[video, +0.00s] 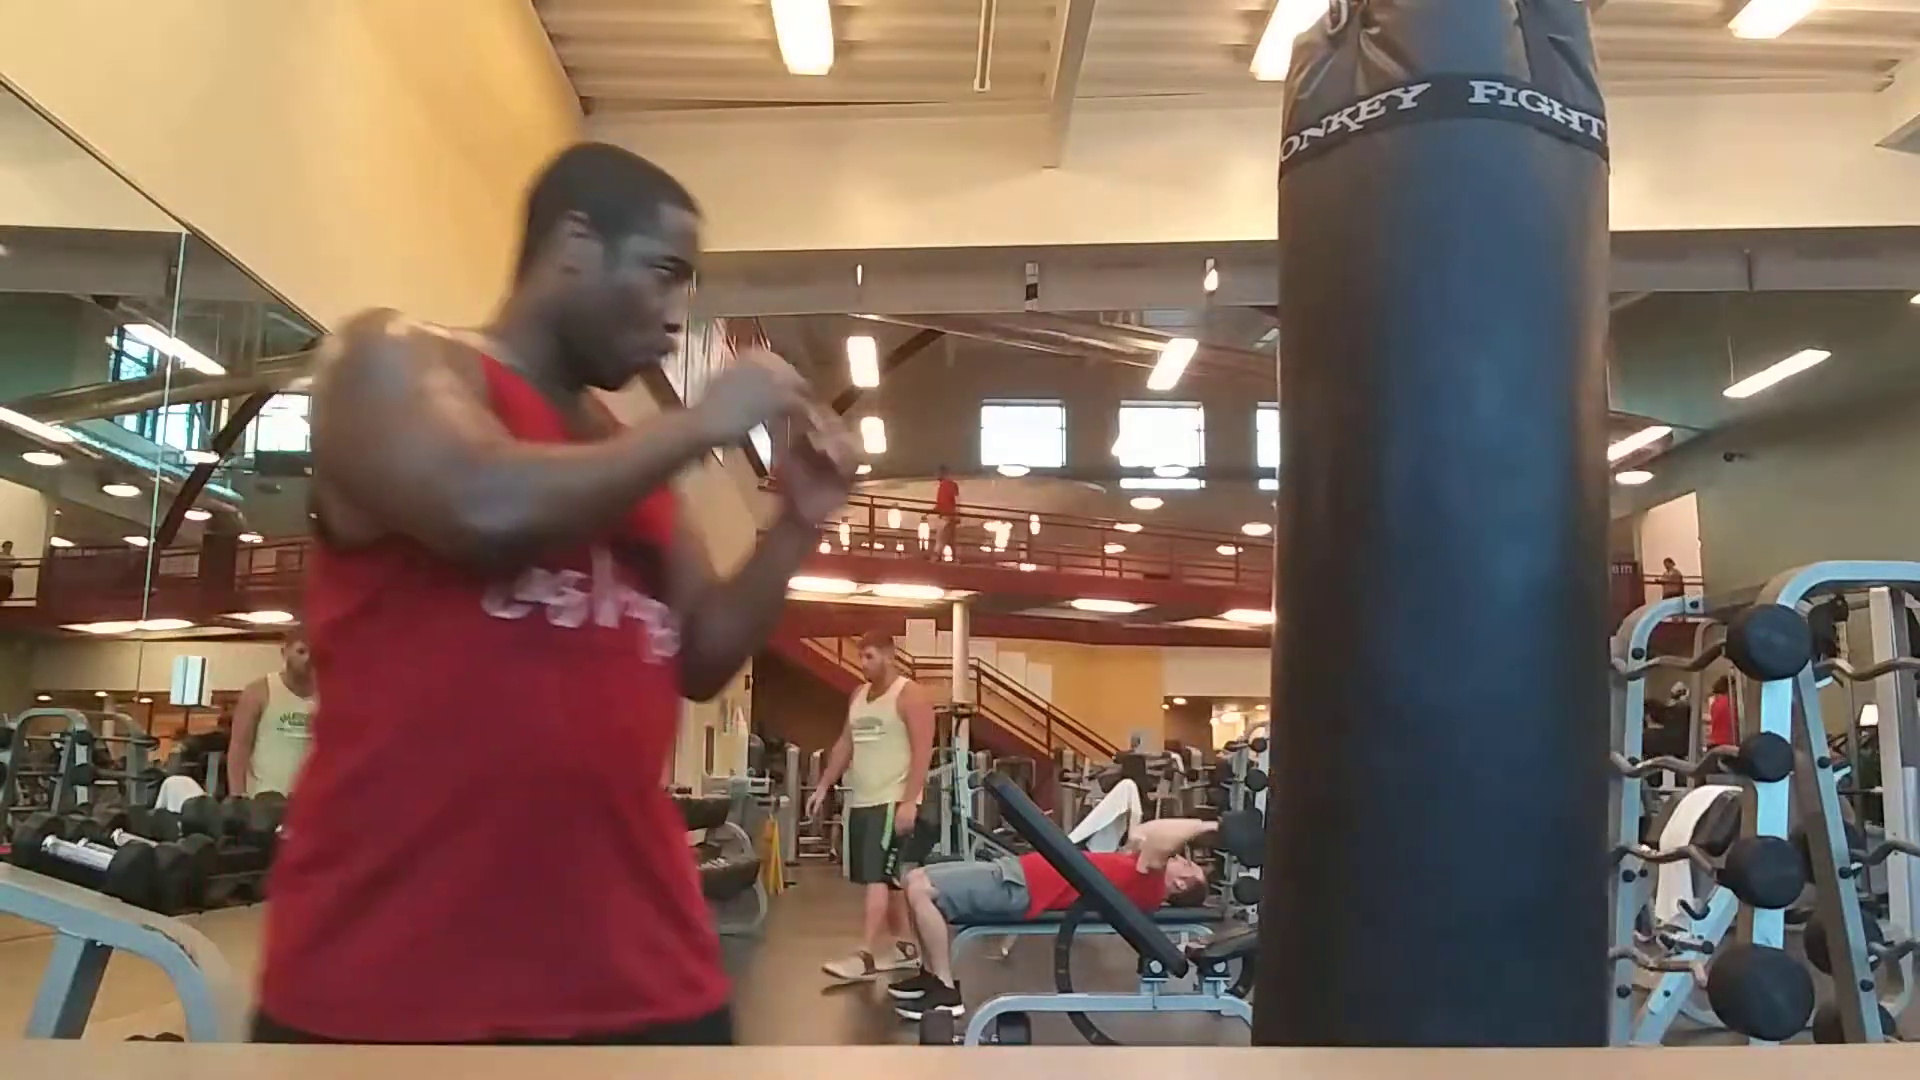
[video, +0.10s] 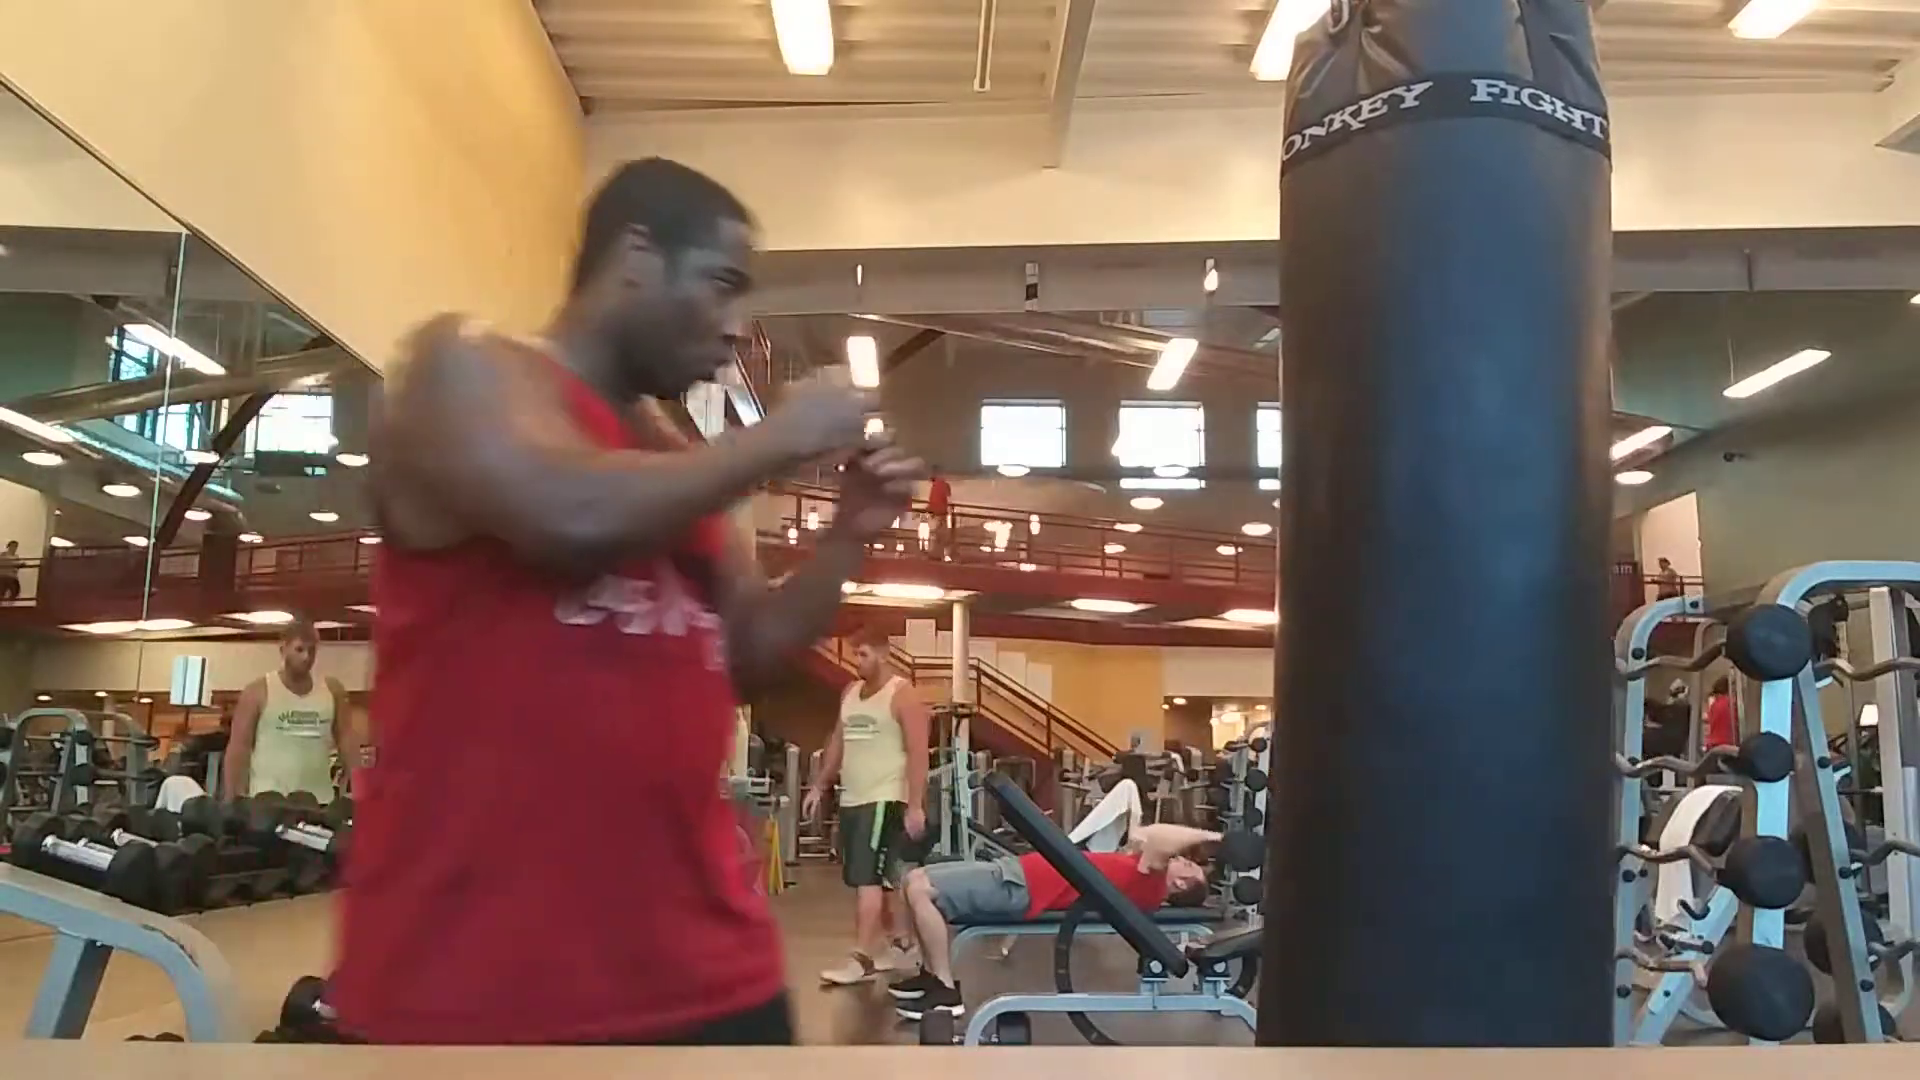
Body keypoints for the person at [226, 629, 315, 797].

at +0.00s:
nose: (308, 659)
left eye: (313, 652)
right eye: (301, 651)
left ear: (319, 655)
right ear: (284, 652)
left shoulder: (325, 696)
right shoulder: (258, 692)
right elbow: (239, 745)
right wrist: (237, 796)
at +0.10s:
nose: (306, 657)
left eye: (311, 650)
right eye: (299, 650)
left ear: (316, 651)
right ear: (283, 649)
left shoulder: (332, 690)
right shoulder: (257, 692)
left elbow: (345, 736)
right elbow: (238, 746)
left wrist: (355, 776)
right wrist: (233, 800)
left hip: (321, 805)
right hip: (269, 805)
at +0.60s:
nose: (328, 651)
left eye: (332, 644)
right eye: (320, 643)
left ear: (336, 644)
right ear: (300, 638)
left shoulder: (348, 683)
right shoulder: (272, 685)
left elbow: (359, 736)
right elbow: (251, 742)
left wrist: (366, 783)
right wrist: (246, 797)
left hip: (338, 797)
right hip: (284, 799)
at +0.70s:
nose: (339, 652)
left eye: (343, 645)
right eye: (332, 643)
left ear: (346, 645)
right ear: (311, 641)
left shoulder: (357, 684)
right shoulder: (280, 686)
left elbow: (368, 741)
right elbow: (262, 745)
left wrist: (375, 789)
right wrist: (264, 797)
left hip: (346, 801)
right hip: (293, 802)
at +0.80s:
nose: (351, 651)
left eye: (355, 644)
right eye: (345, 643)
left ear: (359, 645)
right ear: (325, 638)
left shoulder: (367, 685)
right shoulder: (292, 685)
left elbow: (379, 741)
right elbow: (273, 744)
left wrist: (383, 791)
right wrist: (281, 798)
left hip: (357, 802)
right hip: (305, 803)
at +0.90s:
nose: (367, 646)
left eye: (370, 640)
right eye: (360, 638)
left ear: (374, 642)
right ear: (339, 636)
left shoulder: (379, 684)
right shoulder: (305, 680)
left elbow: (389, 744)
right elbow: (284, 739)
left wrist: (393, 794)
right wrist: (296, 794)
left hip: (369, 799)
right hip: (318, 800)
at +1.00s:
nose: (378, 644)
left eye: (380, 638)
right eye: (371, 635)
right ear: (350, 633)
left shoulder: (388, 683)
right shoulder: (314, 676)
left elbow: (400, 742)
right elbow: (293, 736)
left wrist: (404, 788)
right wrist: (310, 775)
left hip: (377, 796)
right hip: (325, 797)